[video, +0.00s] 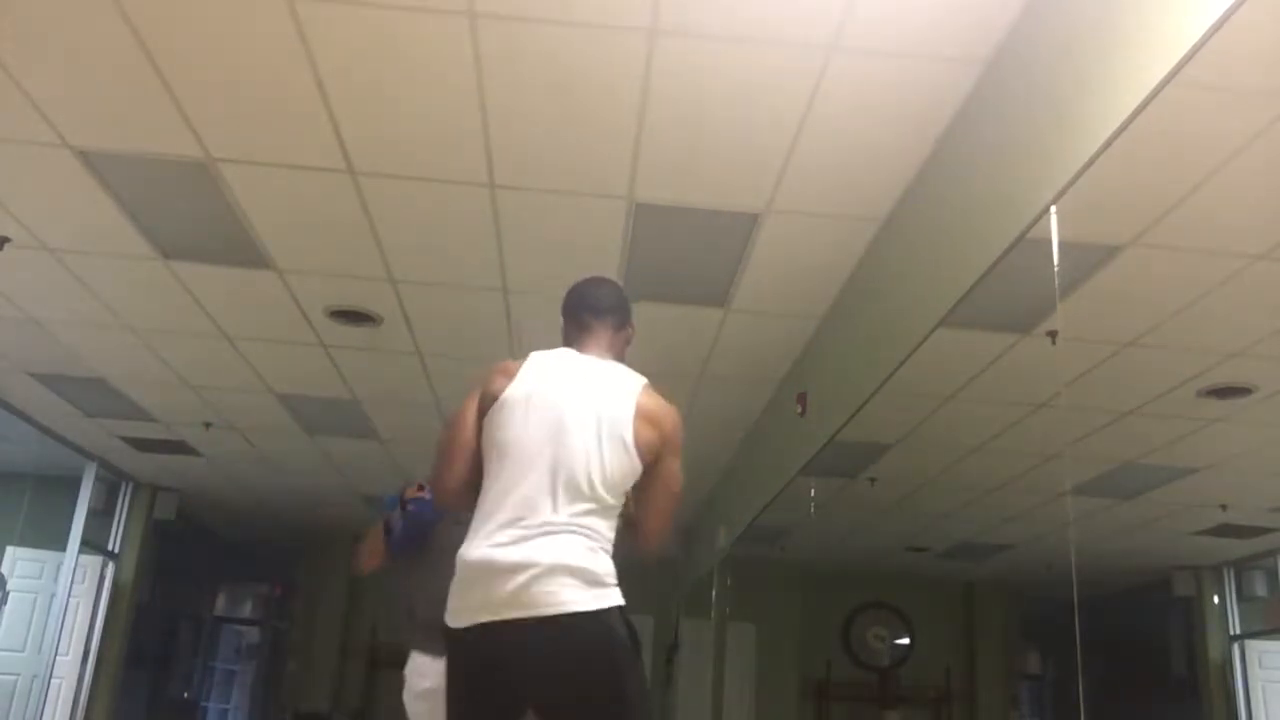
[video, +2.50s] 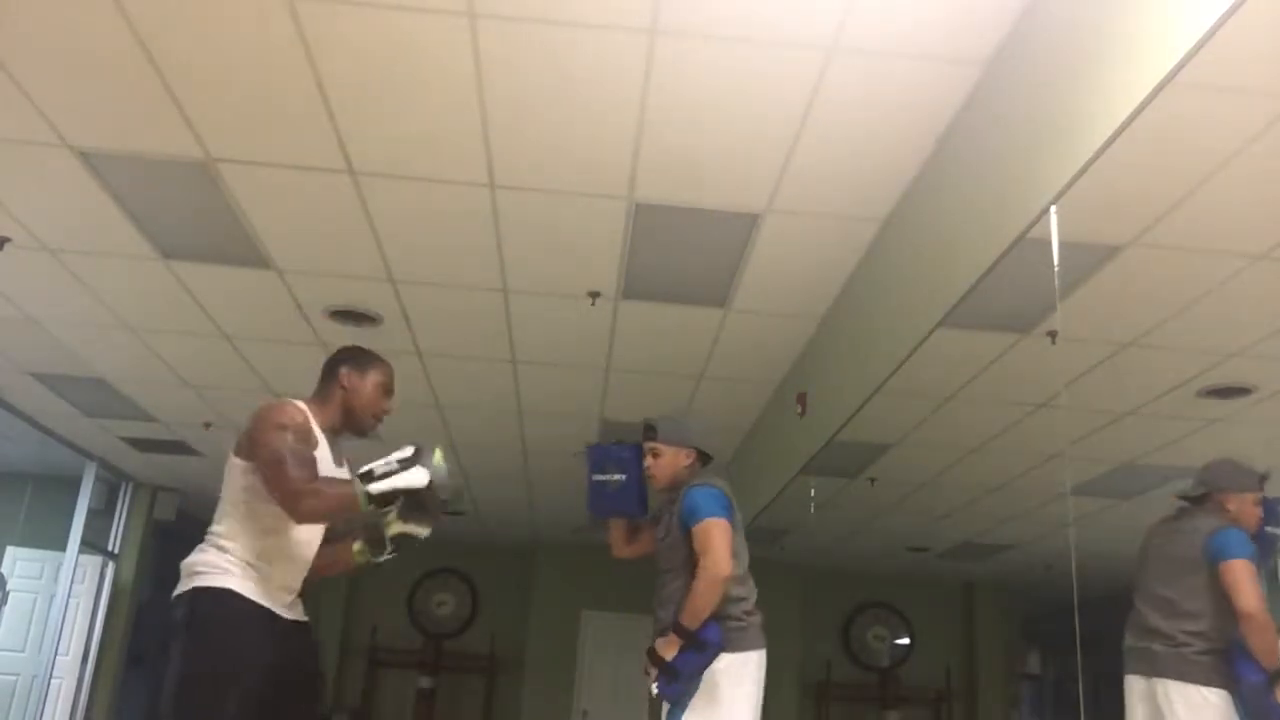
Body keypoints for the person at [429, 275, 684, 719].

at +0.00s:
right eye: (625, 333)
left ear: (564, 328)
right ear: (627, 332)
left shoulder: (500, 379)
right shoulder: (656, 412)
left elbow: (450, 489)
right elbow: (652, 537)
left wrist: (517, 483)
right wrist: (614, 489)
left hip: (478, 622)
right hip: (579, 619)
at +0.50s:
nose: (507, 344)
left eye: (506, 333)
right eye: (506, 331)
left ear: (441, 328)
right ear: (495, 326)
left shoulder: (385, 387)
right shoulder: (497, 367)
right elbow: (532, 489)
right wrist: (541, 430)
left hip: (360, 591)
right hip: (440, 583)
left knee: (374, 711)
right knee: (490, 709)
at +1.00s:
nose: (425, 348)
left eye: (429, 335)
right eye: (427, 331)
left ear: (368, 316)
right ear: (404, 316)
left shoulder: (311, 373)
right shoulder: (379, 375)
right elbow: (400, 502)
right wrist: (432, 458)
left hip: (262, 575)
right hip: (301, 583)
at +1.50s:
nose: (438, 415)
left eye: (439, 403)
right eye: (432, 397)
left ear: (398, 389)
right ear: (395, 385)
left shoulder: (393, 467)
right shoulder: (339, 420)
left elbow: (473, 493)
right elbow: (323, 513)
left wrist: (555, 489)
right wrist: (397, 503)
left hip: (310, 620)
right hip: (256, 601)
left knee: (344, 699)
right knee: (280, 702)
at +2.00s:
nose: (353, 373)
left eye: (355, 359)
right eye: (349, 354)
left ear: (314, 347)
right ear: (312, 343)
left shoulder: (307, 442)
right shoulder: (253, 412)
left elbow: (302, 521)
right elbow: (296, 521)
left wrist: (366, 499)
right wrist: (366, 503)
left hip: (272, 611)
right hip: (212, 602)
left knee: (300, 709)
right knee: (219, 710)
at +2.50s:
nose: (388, 409)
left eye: (390, 397)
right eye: (384, 391)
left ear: (347, 382)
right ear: (346, 379)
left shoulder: (335, 468)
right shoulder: (282, 416)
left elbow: (305, 562)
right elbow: (301, 500)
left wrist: (379, 538)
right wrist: (379, 484)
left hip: (282, 608)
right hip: (227, 589)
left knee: (300, 707)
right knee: (212, 707)